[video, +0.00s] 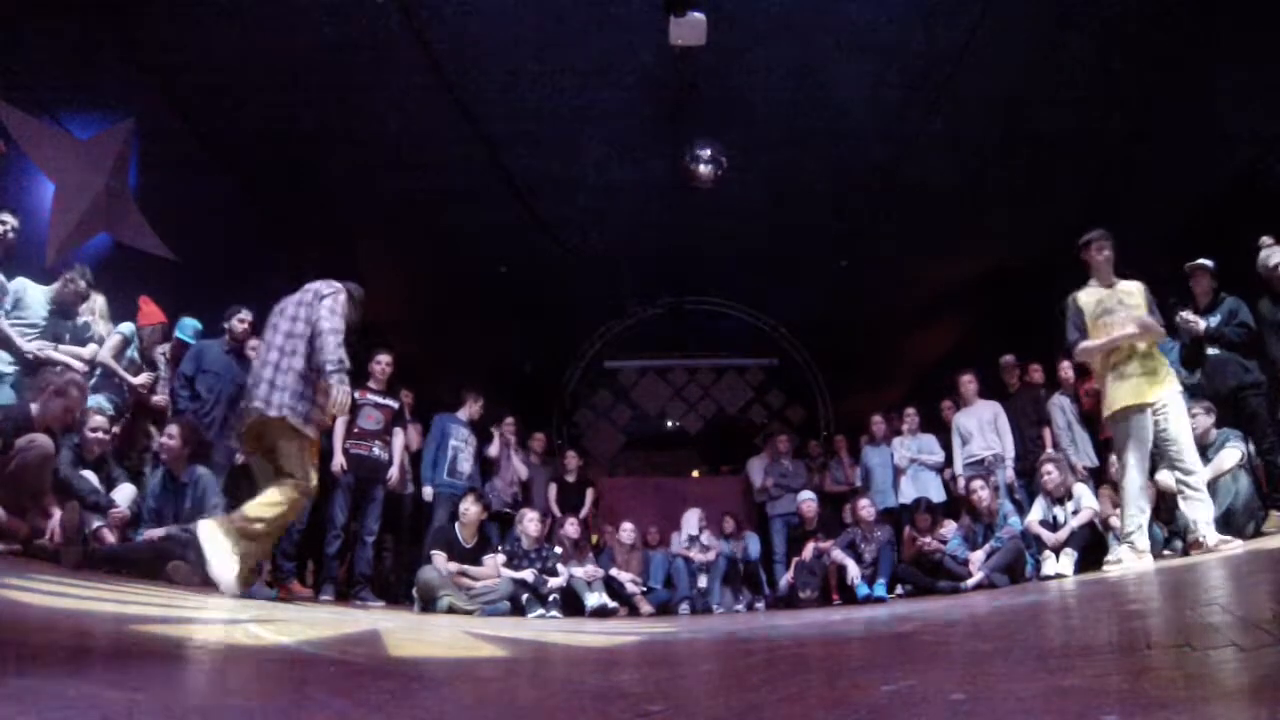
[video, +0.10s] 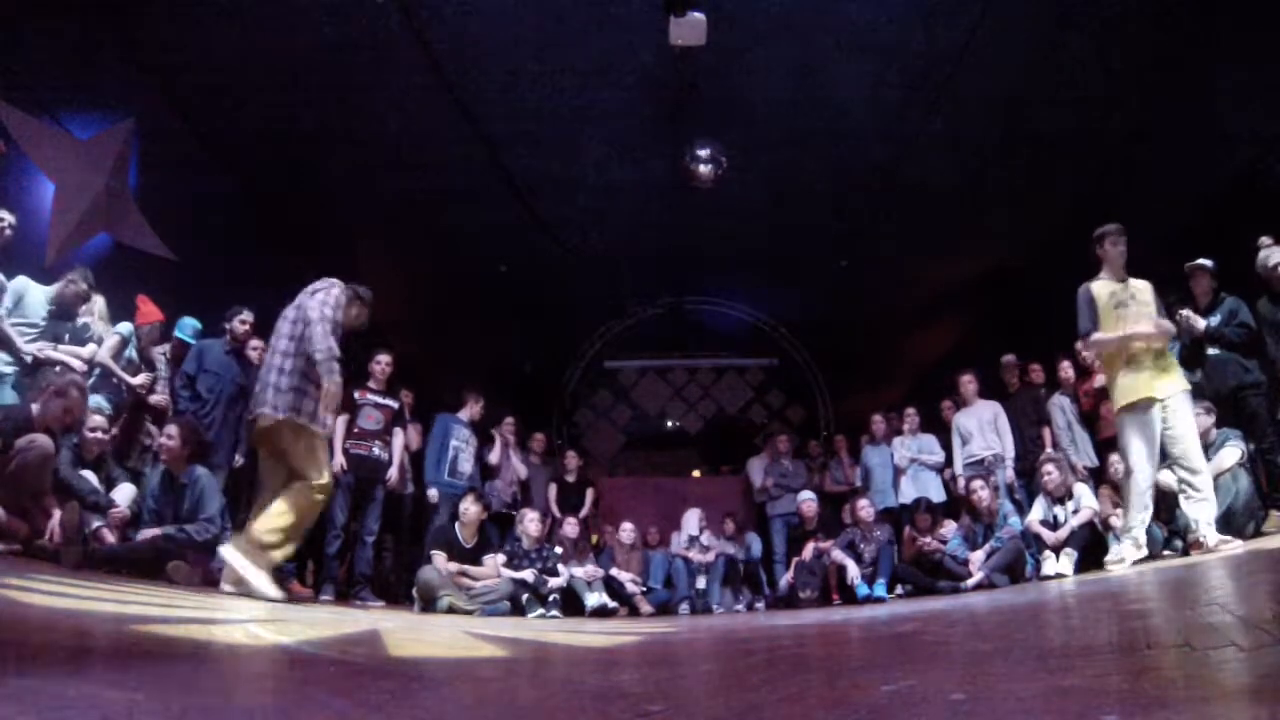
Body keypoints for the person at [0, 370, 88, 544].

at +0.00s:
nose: (70, 420)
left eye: (74, 415)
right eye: (67, 411)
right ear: (50, 393)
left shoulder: (52, 437)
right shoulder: (7, 422)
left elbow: (45, 489)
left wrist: (56, 513)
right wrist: (8, 522)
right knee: (40, 446)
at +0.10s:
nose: (68, 421)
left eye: (73, 418)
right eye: (66, 411)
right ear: (49, 394)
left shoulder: (51, 438)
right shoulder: (8, 422)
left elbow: (44, 490)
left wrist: (56, 512)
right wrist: (7, 521)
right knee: (40, 446)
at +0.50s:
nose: (70, 422)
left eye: (76, 419)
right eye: (68, 412)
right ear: (52, 396)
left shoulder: (52, 439)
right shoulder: (7, 422)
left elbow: (46, 490)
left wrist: (56, 514)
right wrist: (5, 528)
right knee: (41, 447)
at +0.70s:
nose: (75, 419)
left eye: (79, 413)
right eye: (73, 409)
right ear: (54, 395)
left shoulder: (52, 439)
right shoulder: (9, 423)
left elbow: (46, 491)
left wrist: (56, 514)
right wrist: (5, 528)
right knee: (41, 446)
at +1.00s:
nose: (76, 418)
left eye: (80, 411)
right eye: (74, 408)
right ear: (55, 395)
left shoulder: (53, 438)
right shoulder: (11, 424)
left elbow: (44, 491)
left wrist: (56, 507)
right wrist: (4, 526)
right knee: (41, 446)